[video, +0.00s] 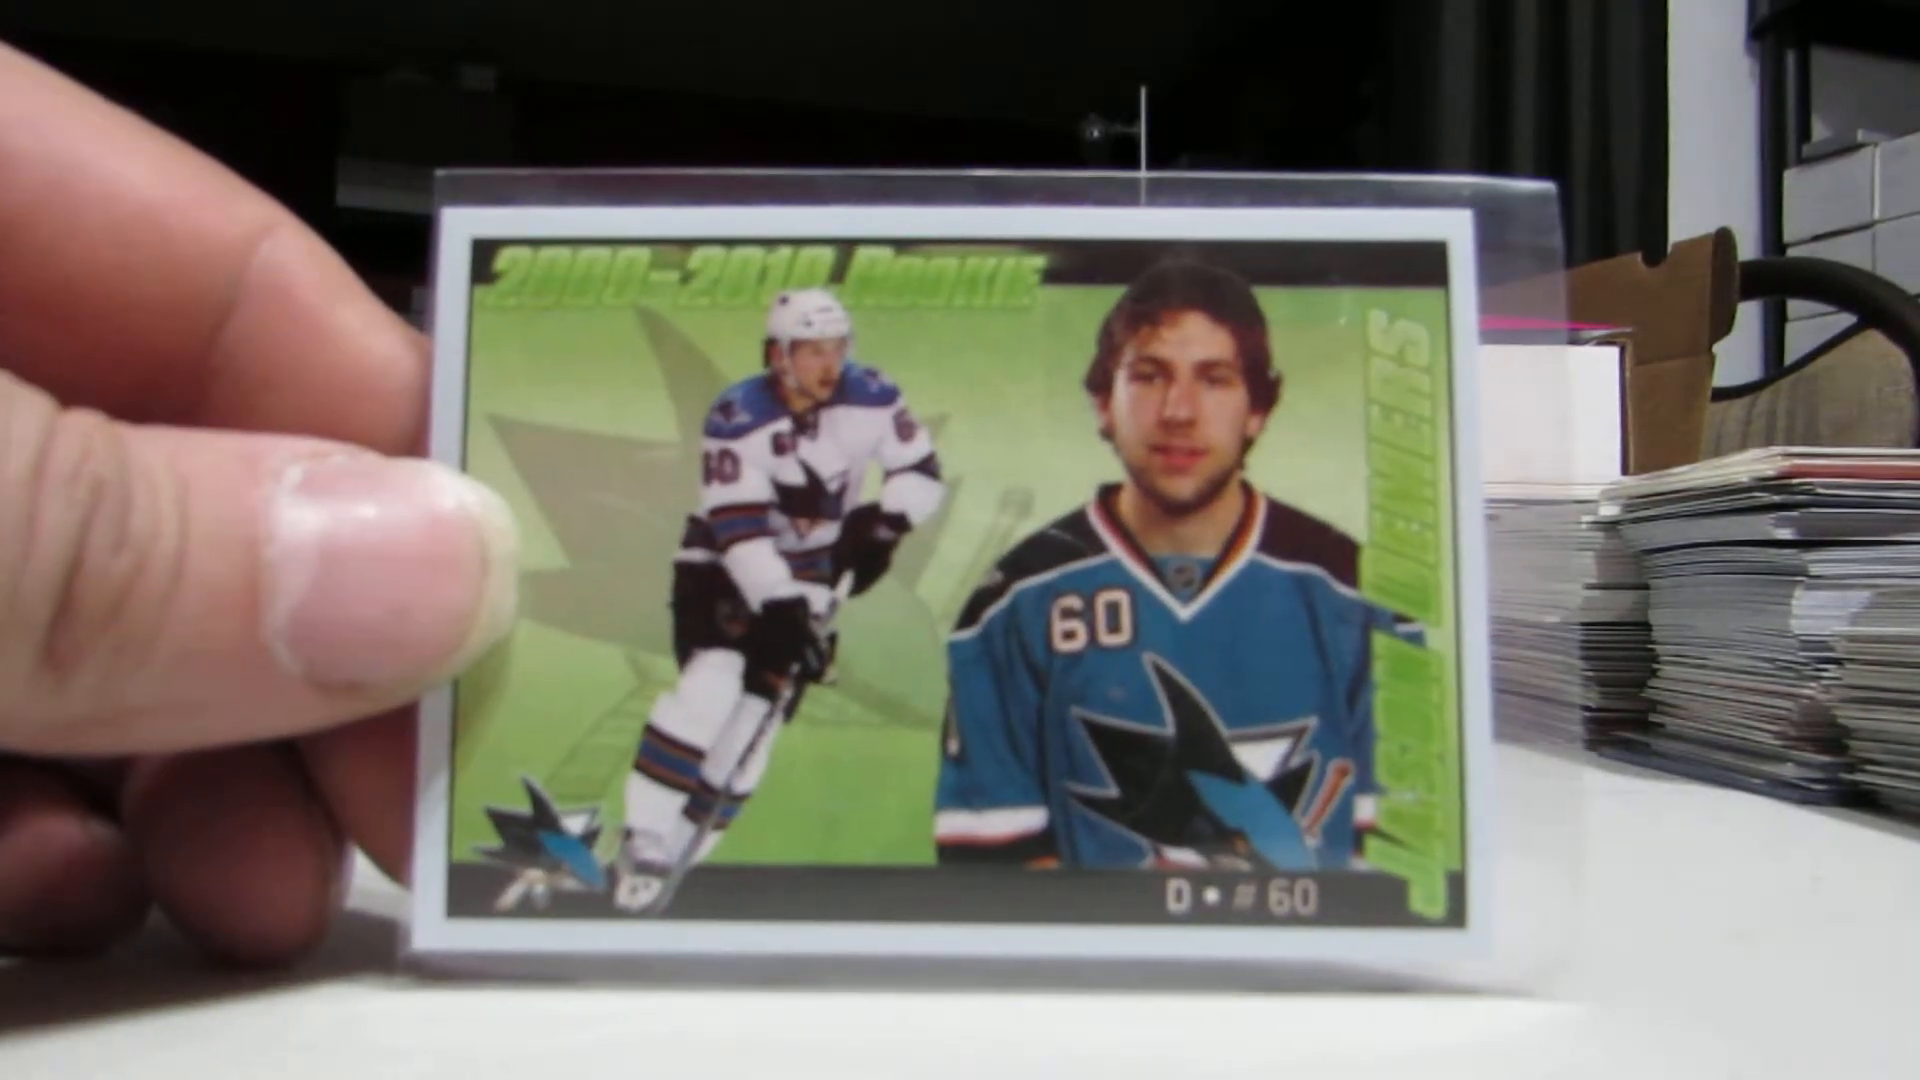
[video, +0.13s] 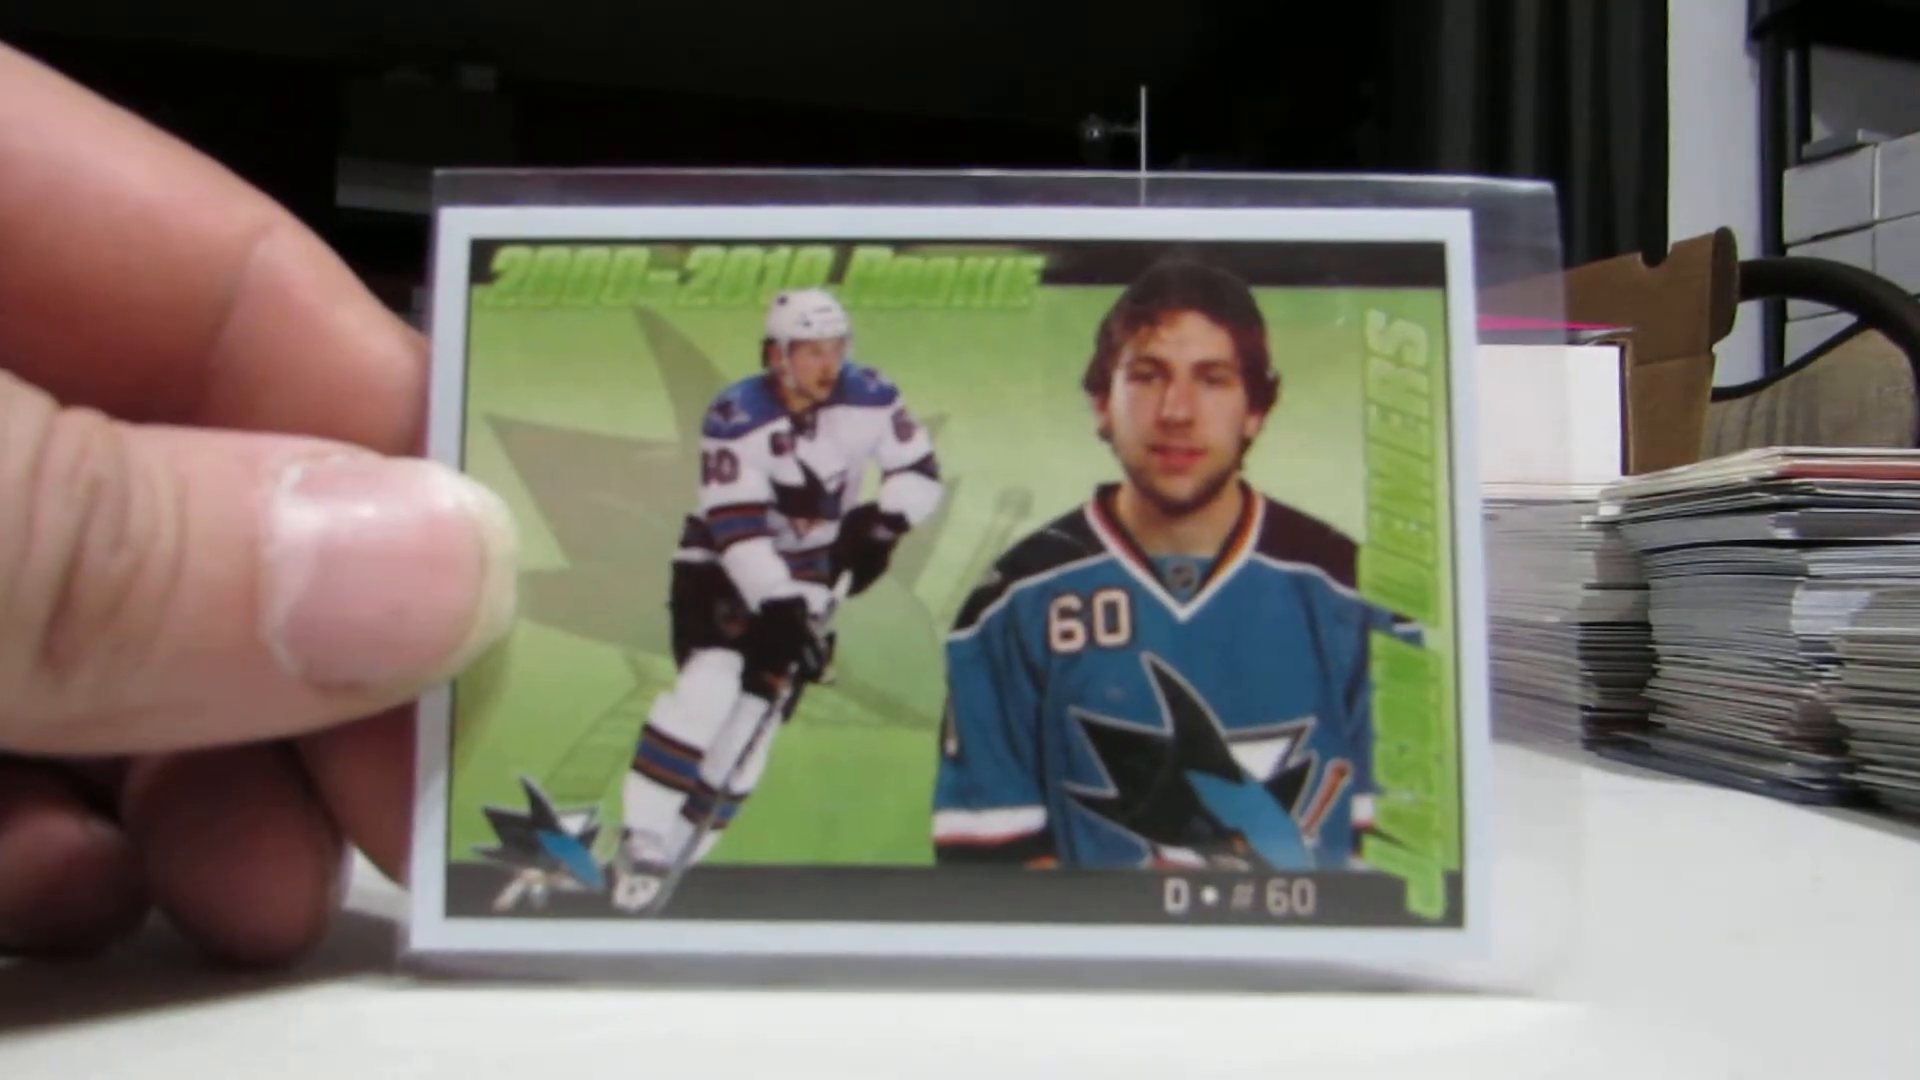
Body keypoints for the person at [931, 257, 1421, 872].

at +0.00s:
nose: (1178, 409)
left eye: (1213, 379)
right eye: (1149, 376)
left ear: (1256, 411)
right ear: (1104, 405)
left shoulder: (1351, 584)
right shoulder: (1019, 599)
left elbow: (1398, 847)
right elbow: (993, 868)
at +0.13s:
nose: (1176, 409)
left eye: (1212, 379)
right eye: (1147, 376)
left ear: (1254, 411)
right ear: (1102, 405)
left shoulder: (1349, 584)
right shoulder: (1017, 600)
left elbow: (1395, 847)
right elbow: (992, 869)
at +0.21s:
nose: (1176, 409)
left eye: (1212, 378)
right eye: (1147, 375)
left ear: (1254, 411)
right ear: (1102, 406)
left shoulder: (1348, 583)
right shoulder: (1017, 600)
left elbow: (1395, 846)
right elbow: (992, 867)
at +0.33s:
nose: (1177, 410)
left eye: (1212, 379)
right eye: (1147, 376)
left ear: (1255, 411)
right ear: (1102, 406)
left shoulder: (1350, 585)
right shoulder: (1017, 601)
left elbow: (1396, 849)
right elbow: (993, 871)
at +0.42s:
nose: (1176, 409)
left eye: (1212, 378)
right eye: (1147, 375)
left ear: (1255, 411)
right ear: (1102, 405)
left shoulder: (1350, 585)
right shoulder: (1015, 601)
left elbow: (1396, 851)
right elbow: (991, 873)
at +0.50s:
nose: (1175, 408)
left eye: (1210, 377)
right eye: (1145, 374)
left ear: (1254, 410)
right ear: (1101, 404)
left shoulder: (1350, 586)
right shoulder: (1014, 603)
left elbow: (1394, 850)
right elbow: (990, 874)